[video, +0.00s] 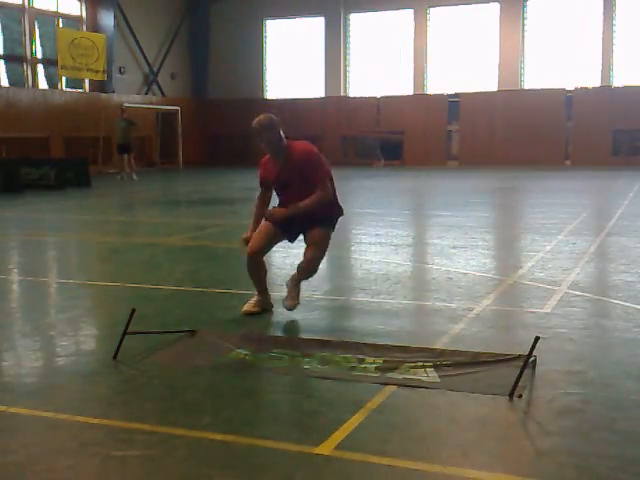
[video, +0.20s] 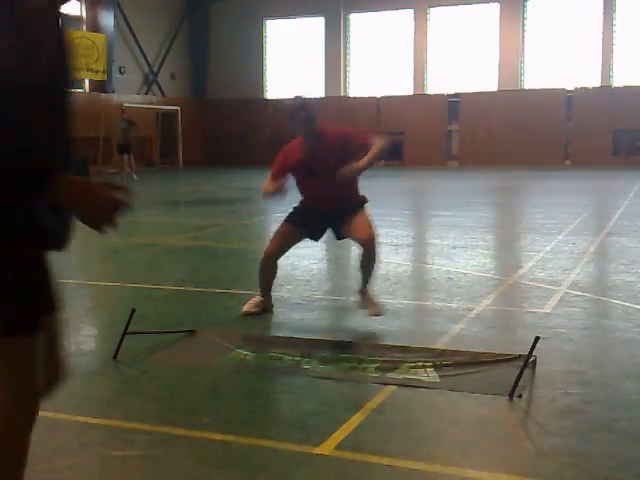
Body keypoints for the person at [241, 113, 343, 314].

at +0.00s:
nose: (268, 147)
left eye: (271, 141)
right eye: (264, 143)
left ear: (280, 135)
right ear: (259, 142)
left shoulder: (306, 152)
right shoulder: (267, 166)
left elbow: (327, 193)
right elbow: (264, 198)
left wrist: (289, 211)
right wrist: (253, 230)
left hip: (320, 209)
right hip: (287, 209)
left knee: (312, 263)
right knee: (254, 251)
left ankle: (295, 282)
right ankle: (263, 297)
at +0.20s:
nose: (306, 125)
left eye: (308, 119)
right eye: (300, 121)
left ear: (315, 119)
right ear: (294, 125)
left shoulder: (337, 138)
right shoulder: (290, 152)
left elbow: (382, 142)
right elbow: (267, 187)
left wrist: (361, 164)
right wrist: (276, 187)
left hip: (347, 206)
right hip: (312, 208)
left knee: (369, 240)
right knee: (270, 253)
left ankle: (364, 292)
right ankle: (265, 299)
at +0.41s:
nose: (393, 93)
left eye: (397, 87)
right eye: (388, 88)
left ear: (405, 88)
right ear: (380, 90)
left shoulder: (422, 114)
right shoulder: (366, 122)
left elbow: (465, 129)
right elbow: (336, 152)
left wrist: (483, 162)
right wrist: (359, 172)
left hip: (410, 195)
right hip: (372, 196)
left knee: (449, 246)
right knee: (330, 244)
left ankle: (492, 302)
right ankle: (307, 291)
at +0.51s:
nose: (439, 116)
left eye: (444, 110)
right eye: (434, 110)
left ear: (451, 108)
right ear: (425, 109)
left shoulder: (463, 131)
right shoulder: (409, 133)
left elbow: (500, 150)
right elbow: (381, 163)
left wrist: (527, 185)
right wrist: (398, 189)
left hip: (445, 209)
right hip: (409, 208)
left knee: (480, 261)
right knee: (363, 260)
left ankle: (524, 316)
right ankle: (382, 284)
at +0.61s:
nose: (466, 120)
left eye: (472, 114)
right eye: (461, 114)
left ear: (482, 120)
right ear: (453, 118)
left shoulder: (496, 149)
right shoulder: (437, 146)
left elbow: (525, 173)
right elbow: (410, 178)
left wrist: (545, 206)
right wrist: (436, 201)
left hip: (469, 215)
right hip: (429, 215)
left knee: (497, 260)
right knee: (404, 277)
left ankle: (527, 317)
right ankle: (448, 281)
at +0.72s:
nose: (476, 142)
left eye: (481, 136)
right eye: (472, 135)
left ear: (494, 133)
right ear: (467, 129)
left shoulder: (510, 156)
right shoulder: (448, 152)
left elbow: (531, 179)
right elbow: (423, 186)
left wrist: (546, 217)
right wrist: (458, 202)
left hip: (480, 218)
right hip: (440, 219)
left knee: (504, 263)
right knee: (424, 279)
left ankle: (528, 318)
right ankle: (476, 281)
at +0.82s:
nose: (479, 139)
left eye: (484, 133)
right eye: (474, 133)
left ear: (494, 131)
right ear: (467, 131)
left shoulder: (511, 155)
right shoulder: (456, 153)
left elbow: (534, 182)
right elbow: (437, 187)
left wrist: (546, 222)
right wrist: (459, 199)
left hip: (483, 216)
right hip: (449, 215)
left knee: (503, 262)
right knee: (435, 273)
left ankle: (528, 317)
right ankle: (476, 283)